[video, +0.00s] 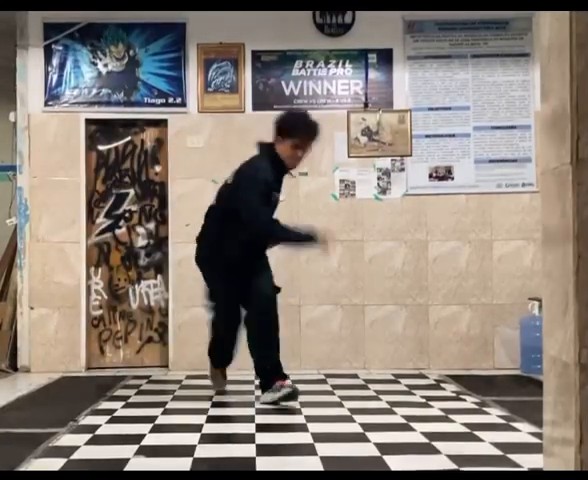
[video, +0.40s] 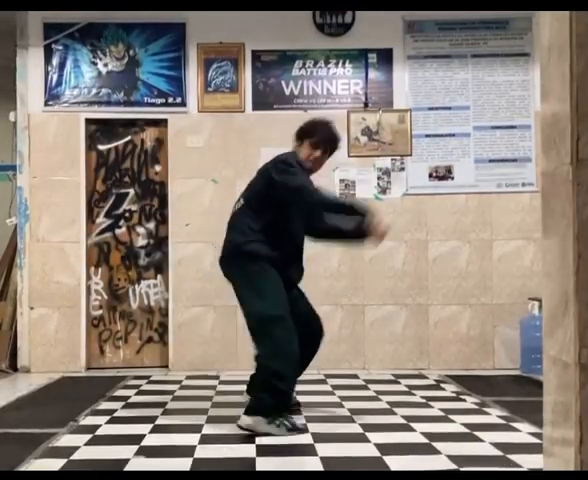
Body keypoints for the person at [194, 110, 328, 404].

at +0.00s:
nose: (300, 155)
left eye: (305, 149)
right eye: (296, 147)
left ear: (307, 147)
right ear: (279, 140)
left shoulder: (273, 171)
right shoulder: (257, 173)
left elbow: (252, 223)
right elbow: (259, 227)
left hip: (248, 252)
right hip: (220, 253)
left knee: (264, 305)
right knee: (229, 312)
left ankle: (271, 380)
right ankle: (218, 363)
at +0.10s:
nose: (316, 165)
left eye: (320, 159)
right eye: (311, 157)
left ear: (322, 158)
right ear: (294, 150)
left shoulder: (291, 184)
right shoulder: (268, 176)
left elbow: (278, 226)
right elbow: (269, 226)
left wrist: (299, 211)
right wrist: (301, 214)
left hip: (254, 252)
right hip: (224, 250)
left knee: (281, 309)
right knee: (265, 306)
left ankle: (273, 381)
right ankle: (219, 325)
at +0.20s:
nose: (313, 158)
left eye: (320, 155)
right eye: (309, 150)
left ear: (324, 158)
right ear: (294, 146)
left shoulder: (296, 184)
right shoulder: (275, 172)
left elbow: (307, 238)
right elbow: (297, 203)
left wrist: (334, 214)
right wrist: (335, 199)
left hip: (260, 253)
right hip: (230, 246)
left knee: (287, 323)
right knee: (285, 284)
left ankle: (272, 388)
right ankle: (237, 352)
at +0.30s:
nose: (308, 157)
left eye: (315, 155)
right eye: (304, 149)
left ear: (320, 159)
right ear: (293, 145)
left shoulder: (292, 192)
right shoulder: (281, 165)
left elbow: (327, 211)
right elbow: (329, 176)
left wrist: (379, 211)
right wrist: (380, 189)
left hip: (258, 262)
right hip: (242, 256)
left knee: (304, 322)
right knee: (286, 316)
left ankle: (276, 391)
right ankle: (264, 397)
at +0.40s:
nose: (317, 157)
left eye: (324, 153)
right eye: (314, 148)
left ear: (328, 156)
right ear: (301, 143)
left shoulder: (296, 180)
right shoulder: (284, 169)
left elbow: (314, 224)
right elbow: (315, 203)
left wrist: (361, 229)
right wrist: (362, 212)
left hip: (272, 266)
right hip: (250, 261)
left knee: (309, 328)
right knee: (279, 334)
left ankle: (274, 396)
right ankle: (259, 412)